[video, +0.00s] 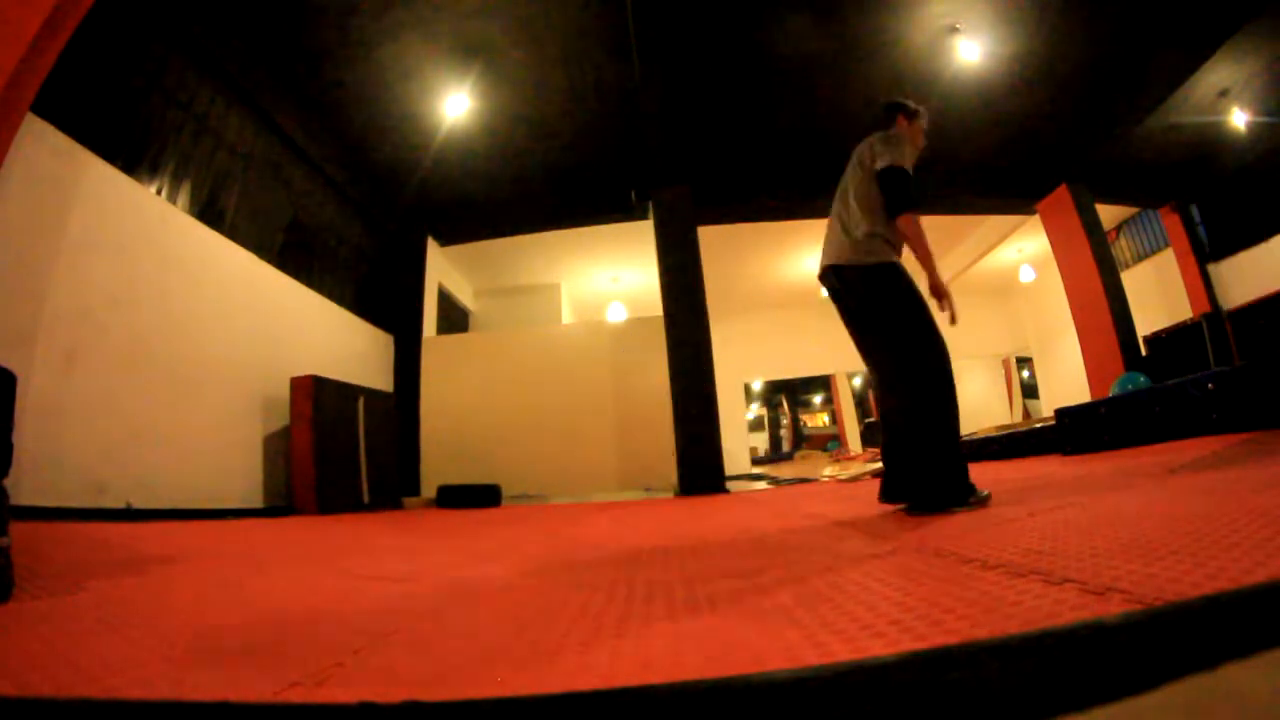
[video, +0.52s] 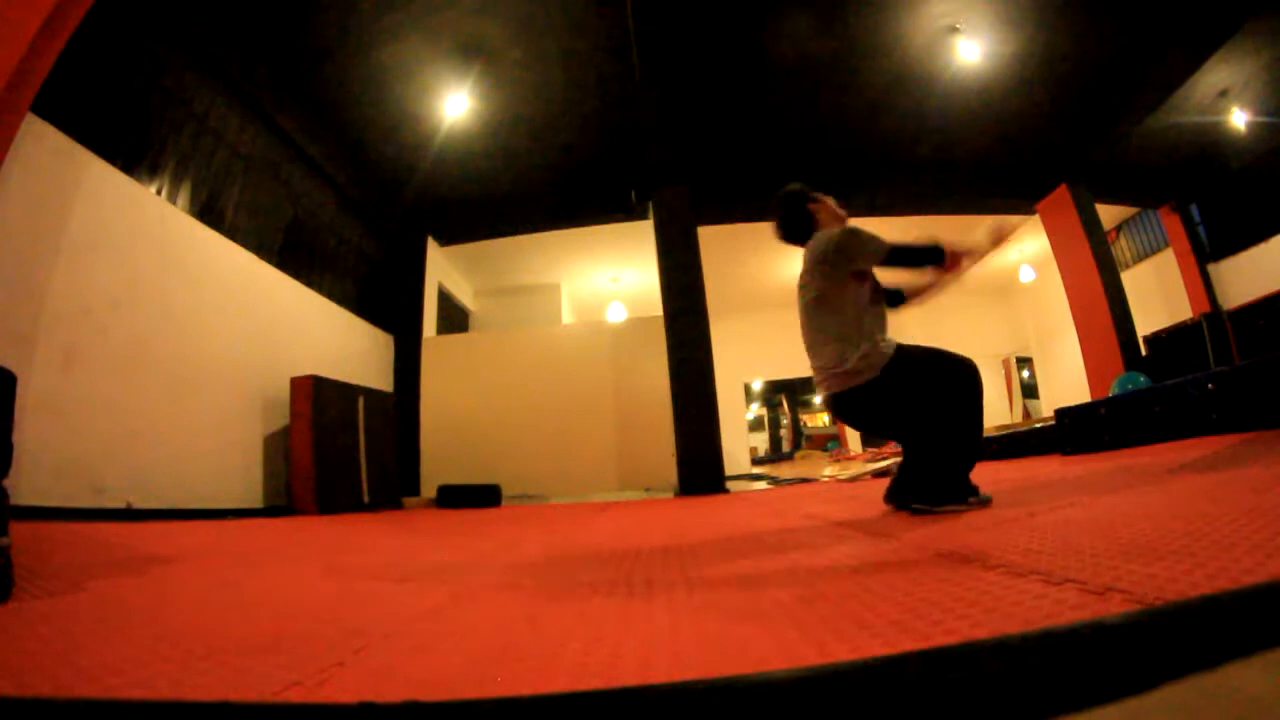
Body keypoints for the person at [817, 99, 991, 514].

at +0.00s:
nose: (922, 139)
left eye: (923, 132)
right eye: (919, 129)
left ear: (892, 122)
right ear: (903, 121)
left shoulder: (868, 152)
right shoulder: (890, 143)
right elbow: (901, 210)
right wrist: (933, 276)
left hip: (844, 270)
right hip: (870, 266)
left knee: (893, 374)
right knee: (928, 365)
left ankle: (902, 480)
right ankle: (943, 484)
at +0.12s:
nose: (964, 200)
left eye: (966, 191)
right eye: (964, 188)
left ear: (942, 184)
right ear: (945, 180)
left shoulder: (911, 208)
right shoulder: (913, 189)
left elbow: (840, 234)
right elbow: (845, 199)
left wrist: (794, 253)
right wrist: (784, 206)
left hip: (831, 284)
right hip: (844, 283)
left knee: (890, 379)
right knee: (917, 368)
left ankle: (906, 486)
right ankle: (939, 485)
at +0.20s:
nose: (975, 250)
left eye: (977, 240)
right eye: (974, 238)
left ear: (951, 231)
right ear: (957, 230)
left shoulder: (905, 247)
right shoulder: (918, 224)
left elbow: (849, 226)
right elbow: (850, 184)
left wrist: (812, 208)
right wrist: (794, 146)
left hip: (822, 316)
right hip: (842, 310)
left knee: (890, 393)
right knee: (928, 361)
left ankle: (903, 486)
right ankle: (935, 484)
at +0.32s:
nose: (977, 278)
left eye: (977, 268)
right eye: (974, 267)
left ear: (952, 265)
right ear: (954, 262)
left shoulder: (909, 282)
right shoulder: (918, 262)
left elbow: (842, 272)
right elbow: (847, 236)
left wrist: (793, 262)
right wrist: (789, 206)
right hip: (833, 357)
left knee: (905, 398)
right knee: (939, 364)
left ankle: (905, 488)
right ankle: (943, 488)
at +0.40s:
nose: (952, 253)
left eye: (951, 244)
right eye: (948, 243)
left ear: (925, 243)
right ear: (932, 241)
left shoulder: (907, 275)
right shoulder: (900, 266)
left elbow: (838, 320)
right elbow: (835, 319)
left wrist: (794, 363)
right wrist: (796, 367)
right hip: (843, 377)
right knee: (950, 372)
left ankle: (908, 488)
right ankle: (940, 490)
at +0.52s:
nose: (833, 201)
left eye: (825, 197)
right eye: (823, 198)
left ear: (807, 223)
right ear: (814, 211)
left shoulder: (821, 258)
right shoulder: (839, 240)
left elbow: (891, 298)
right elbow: (903, 256)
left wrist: (939, 278)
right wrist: (963, 253)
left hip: (847, 388)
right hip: (868, 374)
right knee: (960, 376)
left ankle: (910, 485)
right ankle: (944, 487)